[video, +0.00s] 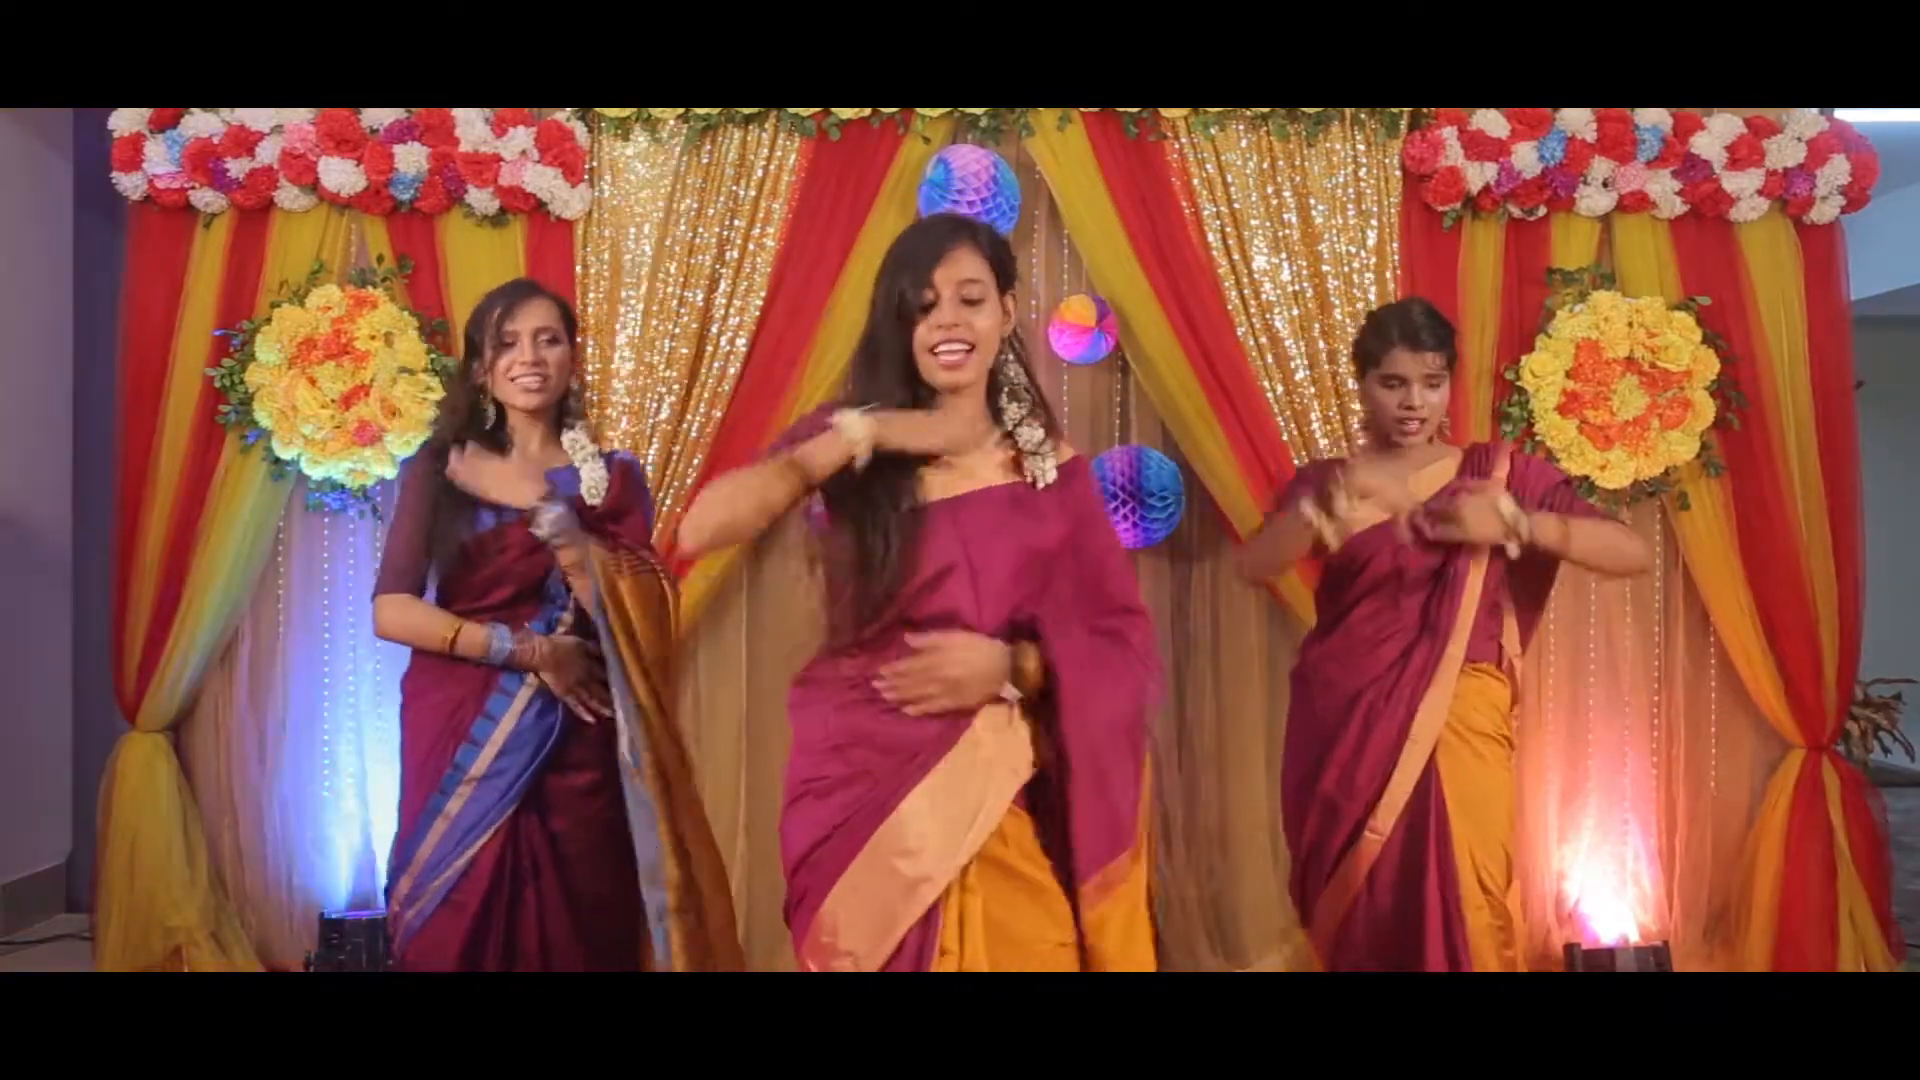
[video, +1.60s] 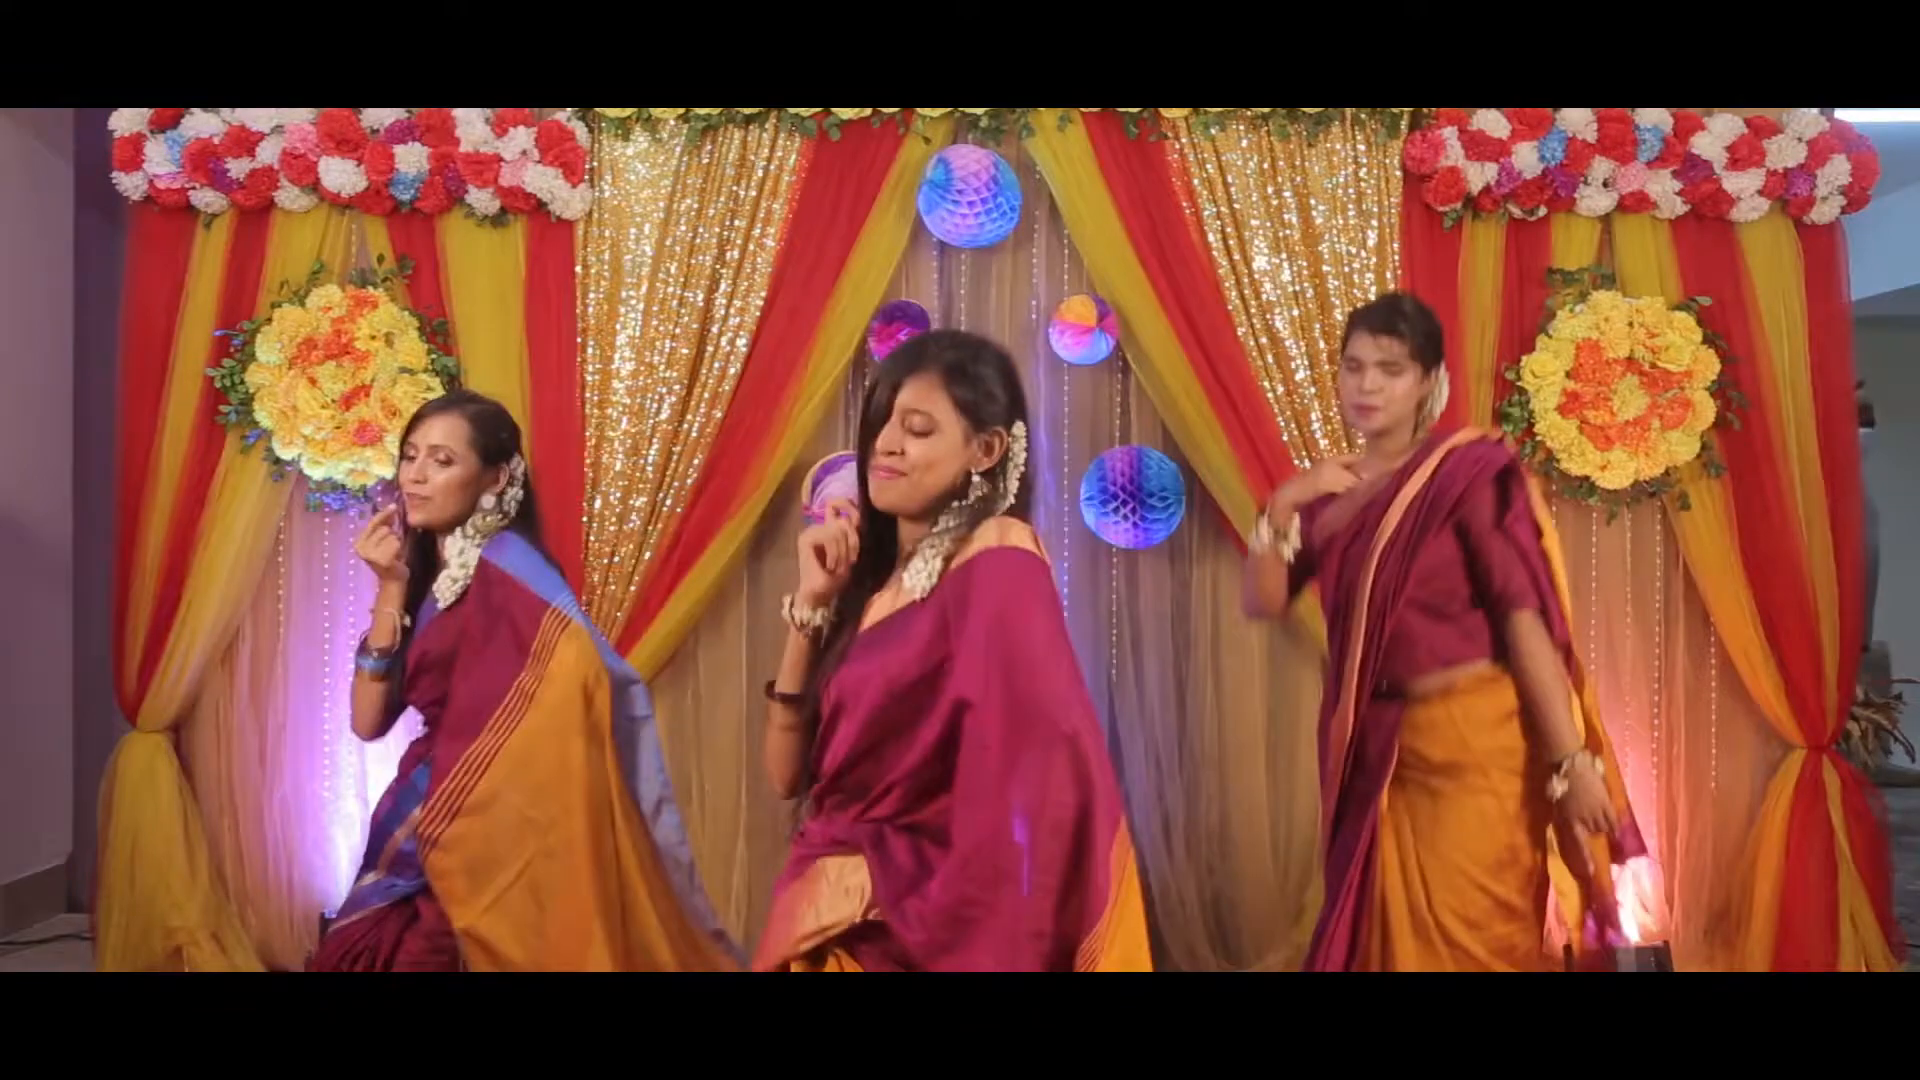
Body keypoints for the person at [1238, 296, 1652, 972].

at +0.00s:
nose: (1414, 402)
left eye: (1431, 382)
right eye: (1394, 383)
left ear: (1451, 383)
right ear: (1362, 387)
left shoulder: (1501, 471)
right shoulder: (1322, 483)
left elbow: (1632, 553)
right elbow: (1250, 566)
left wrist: (1517, 523)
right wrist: (1311, 517)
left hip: (1463, 716)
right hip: (1348, 720)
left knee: (1464, 907)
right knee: (1356, 912)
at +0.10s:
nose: (1402, 386)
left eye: (1425, 368)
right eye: (1386, 364)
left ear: (1446, 375)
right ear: (1351, 370)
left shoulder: (1498, 461)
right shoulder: (1332, 469)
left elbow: (1627, 550)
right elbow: (1256, 481)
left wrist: (1542, 578)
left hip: (1461, 691)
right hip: (1347, 694)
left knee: (1455, 888)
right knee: (1347, 888)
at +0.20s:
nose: (1401, 348)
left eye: (1420, 330)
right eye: (1381, 328)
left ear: (1443, 344)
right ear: (1353, 341)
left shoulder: (1494, 439)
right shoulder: (1327, 445)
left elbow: (1605, 529)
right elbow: (1259, 375)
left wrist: (1576, 617)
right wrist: (1332, 289)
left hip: (1479, 699)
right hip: (1362, 706)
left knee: (1471, 917)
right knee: (1370, 915)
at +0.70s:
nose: (1419, 337)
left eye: (1437, 321)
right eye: (1398, 321)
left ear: (1458, 338)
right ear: (1361, 340)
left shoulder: (1508, 444)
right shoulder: (1337, 444)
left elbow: (1541, 594)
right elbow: (1258, 465)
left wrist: (1593, 718)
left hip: (1497, 707)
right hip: (1376, 712)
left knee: (1494, 918)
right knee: (1388, 917)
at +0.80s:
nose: (1421, 366)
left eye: (1440, 348)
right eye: (1402, 347)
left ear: (1464, 364)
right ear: (1372, 359)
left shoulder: (1516, 467)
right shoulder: (1333, 468)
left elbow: (1543, 624)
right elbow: (1285, 586)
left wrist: (1581, 758)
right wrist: (1353, 526)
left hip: (1488, 731)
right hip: (1369, 733)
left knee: (1480, 929)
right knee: (1378, 931)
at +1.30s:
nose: (1354, 406)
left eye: (1384, 397)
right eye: (1348, 391)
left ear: (1419, 434)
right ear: (1333, 409)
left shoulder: (1437, 533)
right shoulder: (1331, 538)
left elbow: (1519, 681)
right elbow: (1308, 693)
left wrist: (1590, 810)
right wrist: (1301, 597)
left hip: (1483, 806)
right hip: (1385, 804)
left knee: (1423, 952)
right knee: (1337, 948)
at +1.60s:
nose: (1366, 386)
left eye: (1388, 368)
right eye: (1352, 367)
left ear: (1430, 383)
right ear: (1336, 377)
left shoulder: (1472, 467)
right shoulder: (1334, 492)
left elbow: (1524, 617)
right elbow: (1263, 603)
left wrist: (1571, 758)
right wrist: (1279, 509)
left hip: (1479, 744)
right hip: (1382, 753)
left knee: (1477, 942)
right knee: (1386, 942)